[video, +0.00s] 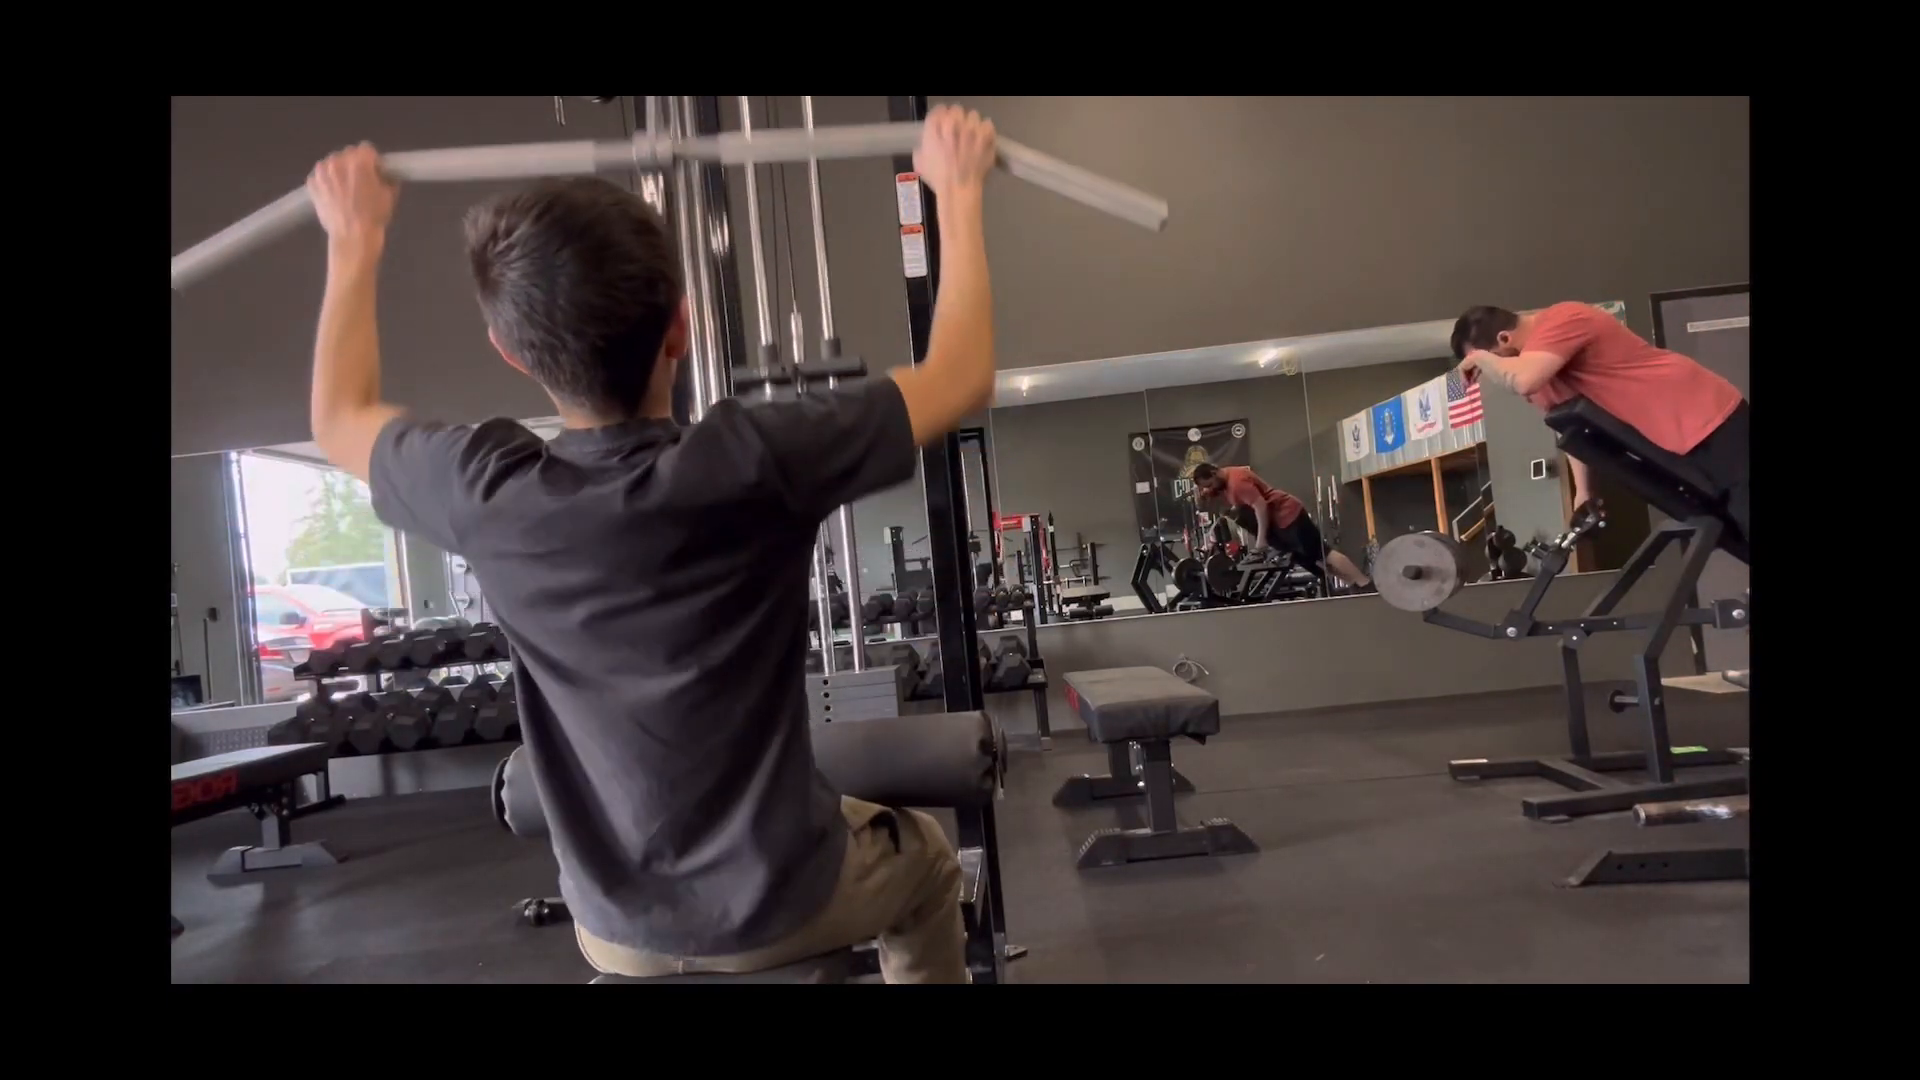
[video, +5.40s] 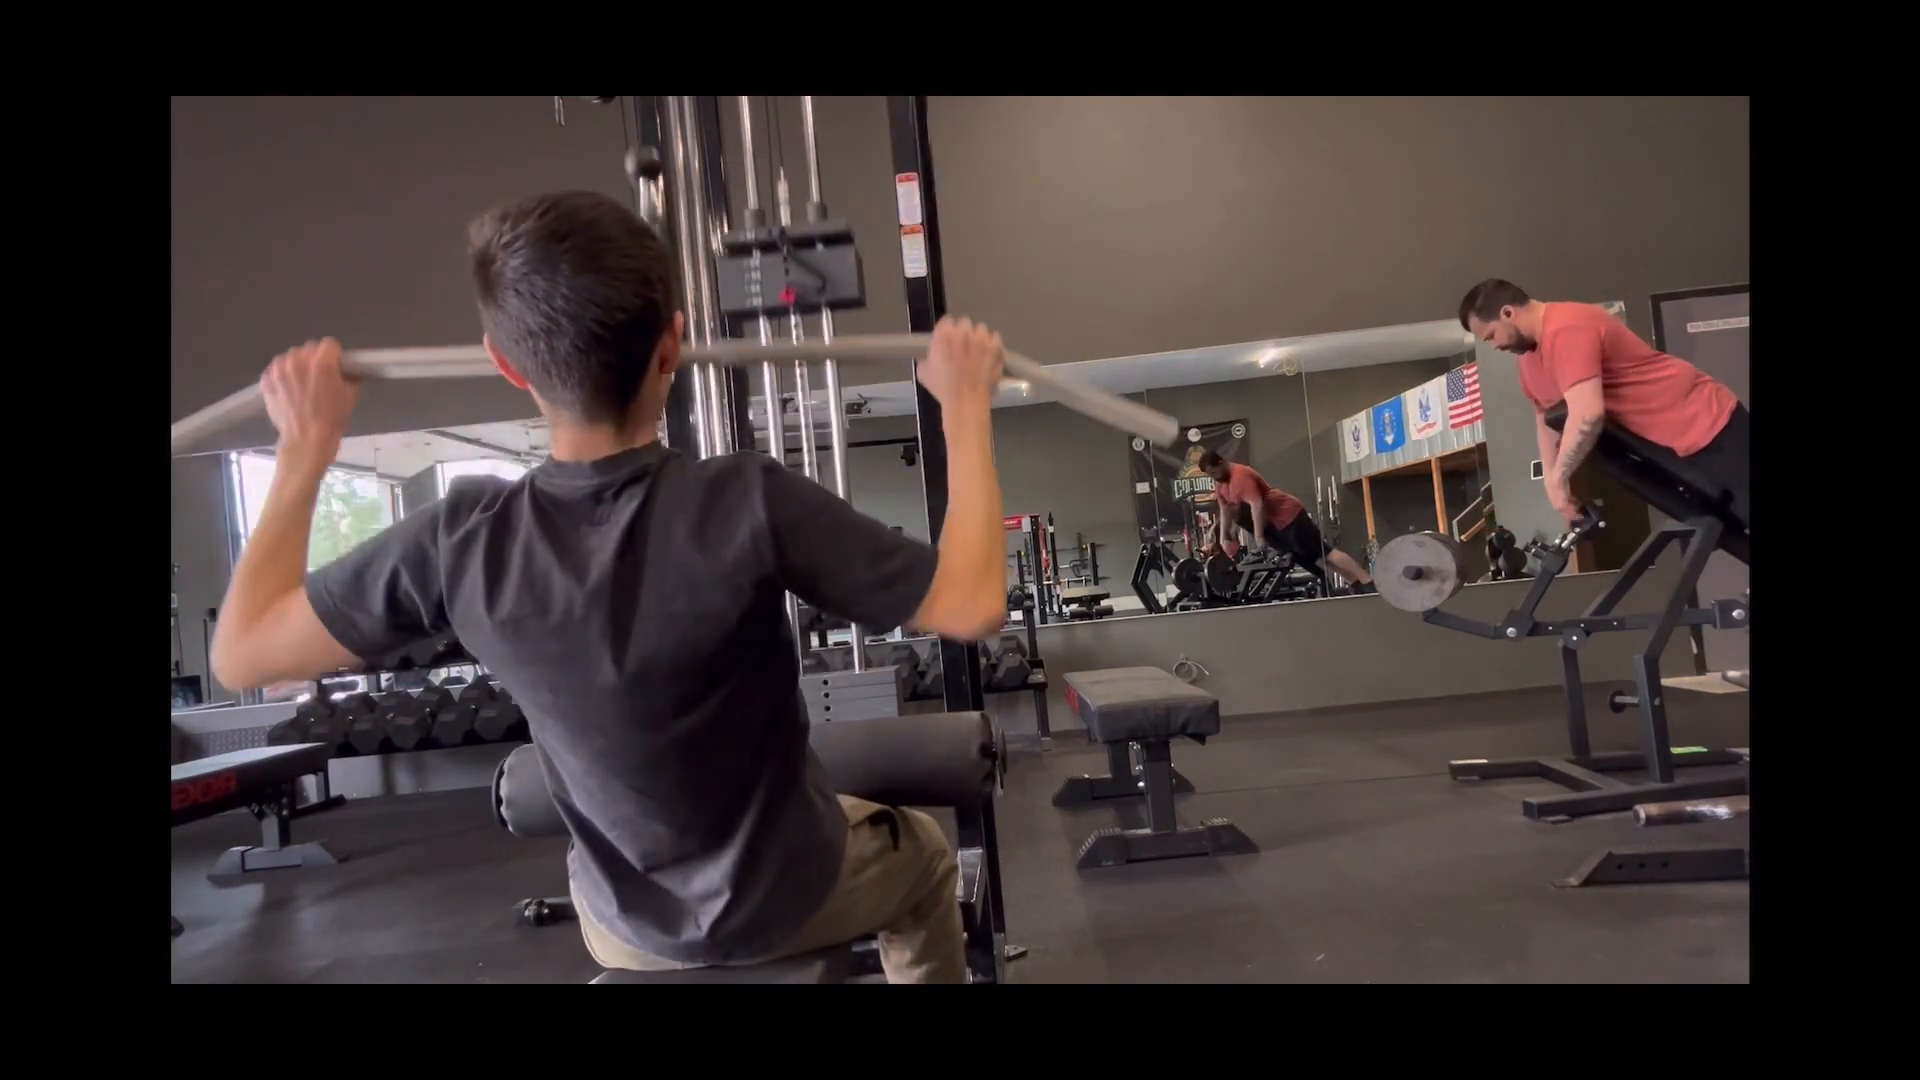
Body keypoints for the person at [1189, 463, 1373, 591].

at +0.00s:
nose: (1207, 490)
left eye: (1206, 485)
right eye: (1203, 487)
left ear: (1213, 474)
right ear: (1207, 478)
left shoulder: (1237, 481)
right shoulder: (1223, 482)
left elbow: (1262, 507)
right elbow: (1206, 502)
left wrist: (1260, 542)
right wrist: (1203, 496)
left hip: (1288, 514)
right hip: (1274, 523)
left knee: (1322, 553)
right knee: (1313, 560)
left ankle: (1363, 581)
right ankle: (1354, 582)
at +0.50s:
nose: (1209, 483)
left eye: (1208, 478)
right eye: (1205, 481)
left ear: (1216, 468)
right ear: (1209, 476)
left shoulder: (1240, 477)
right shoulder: (1223, 486)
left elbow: (1261, 503)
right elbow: (1225, 509)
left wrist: (1257, 536)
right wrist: (1211, 517)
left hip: (1289, 513)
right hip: (1275, 523)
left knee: (1322, 553)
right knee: (1313, 560)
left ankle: (1362, 584)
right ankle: (1351, 585)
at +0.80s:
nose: (1211, 478)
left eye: (1211, 474)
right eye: (1208, 476)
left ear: (1219, 463)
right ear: (1215, 468)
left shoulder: (1241, 474)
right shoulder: (1227, 481)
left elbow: (1242, 510)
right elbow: (1227, 508)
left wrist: (1235, 541)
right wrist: (1214, 530)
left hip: (1291, 515)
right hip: (1278, 525)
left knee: (1323, 553)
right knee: (1315, 561)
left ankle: (1363, 585)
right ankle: (1354, 585)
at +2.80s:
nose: (1212, 463)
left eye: (1214, 458)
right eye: (1210, 459)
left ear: (1227, 455)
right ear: (1221, 457)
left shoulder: (1238, 472)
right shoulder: (1222, 479)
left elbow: (1223, 508)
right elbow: (1213, 509)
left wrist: (1211, 538)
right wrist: (1204, 538)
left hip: (1292, 513)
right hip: (1281, 522)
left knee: (1326, 552)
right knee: (1319, 558)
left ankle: (1364, 584)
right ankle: (1353, 586)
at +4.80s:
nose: (1216, 466)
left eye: (1218, 461)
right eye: (1211, 465)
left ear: (1226, 457)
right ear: (1209, 468)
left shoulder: (1238, 475)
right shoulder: (1219, 483)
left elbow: (1226, 513)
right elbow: (1215, 513)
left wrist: (1213, 543)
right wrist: (1206, 540)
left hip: (1289, 514)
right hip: (1278, 525)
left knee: (1325, 550)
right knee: (1316, 558)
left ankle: (1368, 582)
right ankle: (1355, 584)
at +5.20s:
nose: (1212, 475)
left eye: (1213, 470)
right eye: (1209, 473)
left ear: (1221, 462)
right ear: (1208, 472)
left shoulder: (1239, 475)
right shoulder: (1220, 485)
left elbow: (1241, 510)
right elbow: (1219, 512)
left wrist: (1233, 541)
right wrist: (1211, 539)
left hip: (1289, 514)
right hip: (1276, 526)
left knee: (1324, 551)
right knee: (1315, 558)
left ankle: (1367, 581)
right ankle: (1354, 583)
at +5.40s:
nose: (1214, 475)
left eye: (1214, 470)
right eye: (1210, 473)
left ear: (1221, 463)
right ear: (1208, 473)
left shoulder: (1240, 475)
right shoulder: (1220, 485)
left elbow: (1257, 505)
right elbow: (1225, 510)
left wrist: (1258, 537)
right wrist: (1223, 538)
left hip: (1289, 514)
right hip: (1274, 525)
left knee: (1323, 551)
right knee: (1313, 559)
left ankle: (1368, 581)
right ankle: (1354, 583)